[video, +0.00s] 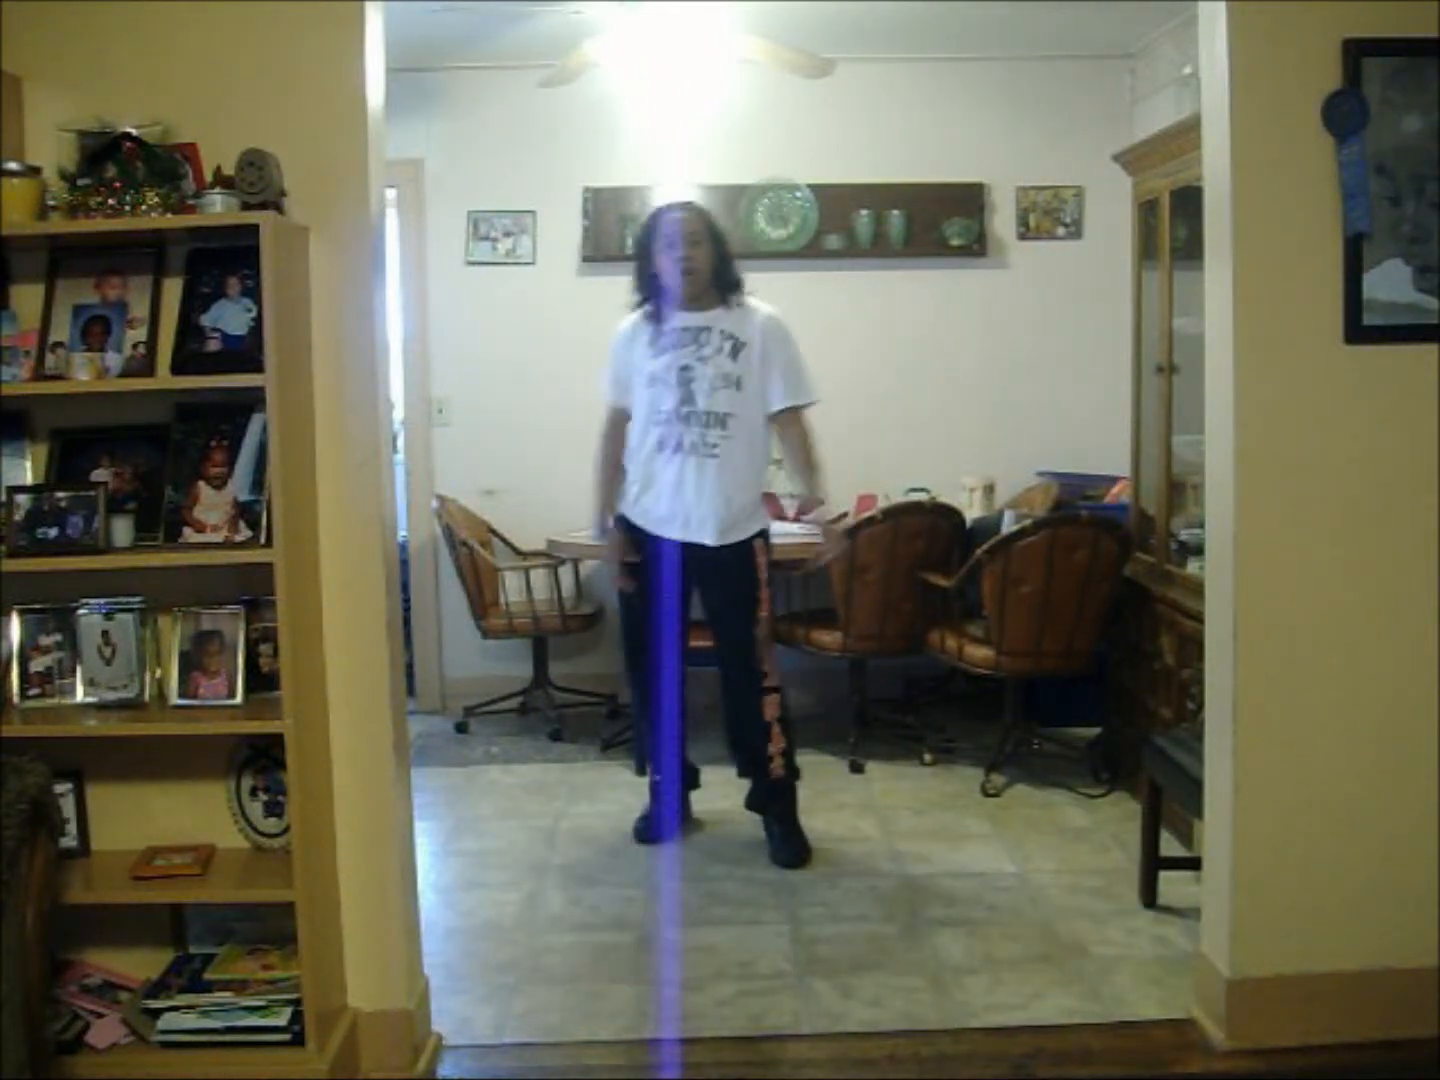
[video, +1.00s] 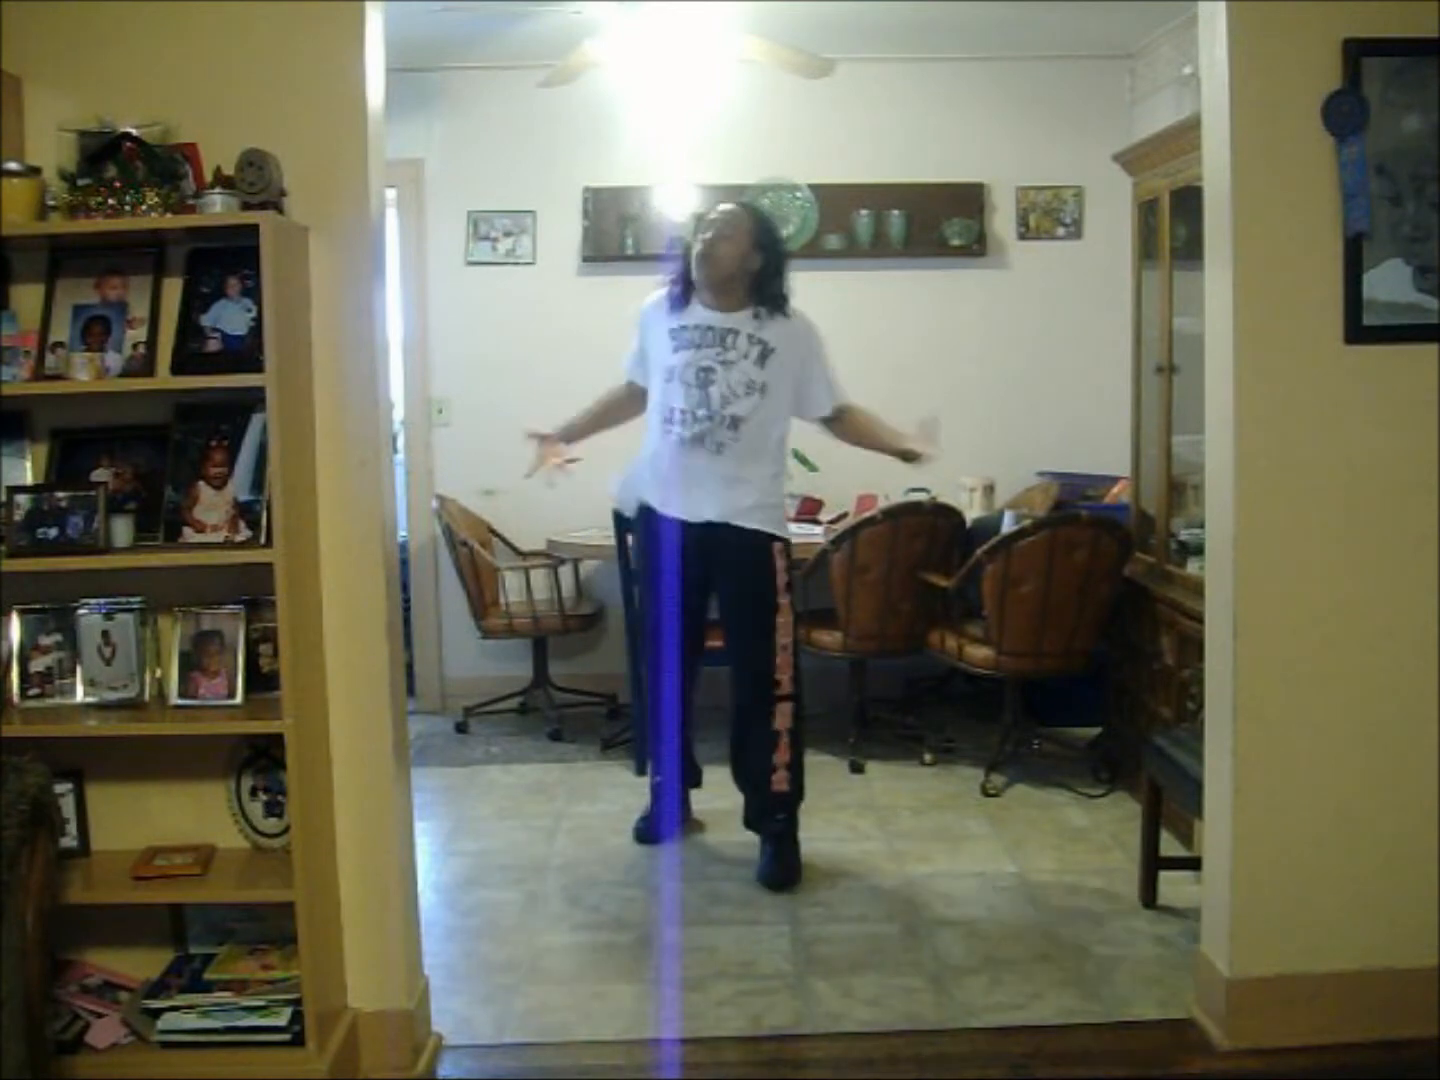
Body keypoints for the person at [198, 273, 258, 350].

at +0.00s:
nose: (233, 288)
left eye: (236, 285)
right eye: (230, 285)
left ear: (240, 287)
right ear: (225, 287)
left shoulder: (247, 303)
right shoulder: (221, 304)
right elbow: (205, 320)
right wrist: (210, 335)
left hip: (243, 338)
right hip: (224, 338)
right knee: (212, 340)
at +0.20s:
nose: (232, 288)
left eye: (235, 285)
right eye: (229, 285)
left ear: (240, 287)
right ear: (225, 287)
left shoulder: (247, 303)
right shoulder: (221, 304)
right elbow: (205, 320)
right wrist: (210, 335)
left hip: (243, 338)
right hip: (224, 337)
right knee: (212, 340)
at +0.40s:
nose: (233, 288)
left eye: (235, 285)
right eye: (230, 285)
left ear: (240, 287)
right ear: (225, 288)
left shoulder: (247, 304)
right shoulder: (221, 304)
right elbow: (206, 321)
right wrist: (211, 336)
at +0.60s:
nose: (233, 289)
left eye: (236, 285)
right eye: (230, 286)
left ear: (240, 287)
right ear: (225, 288)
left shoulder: (247, 303)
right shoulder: (221, 304)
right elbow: (206, 320)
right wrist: (210, 335)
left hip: (244, 339)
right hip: (225, 338)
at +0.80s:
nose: (233, 289)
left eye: (236, 285)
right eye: (230, 286)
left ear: (240, 287)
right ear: (226, 288)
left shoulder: (247, 304)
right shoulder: (221, 304)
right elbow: (205, 320)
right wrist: (210, 335)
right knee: (212, 342)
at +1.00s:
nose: (233, 289)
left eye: (236, 285)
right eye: (230, 286)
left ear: (240, 287)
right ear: (226, 288)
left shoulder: (247, 304)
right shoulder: (221, 304)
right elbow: (205, 320)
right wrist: (210, 335)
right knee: (212, 342)